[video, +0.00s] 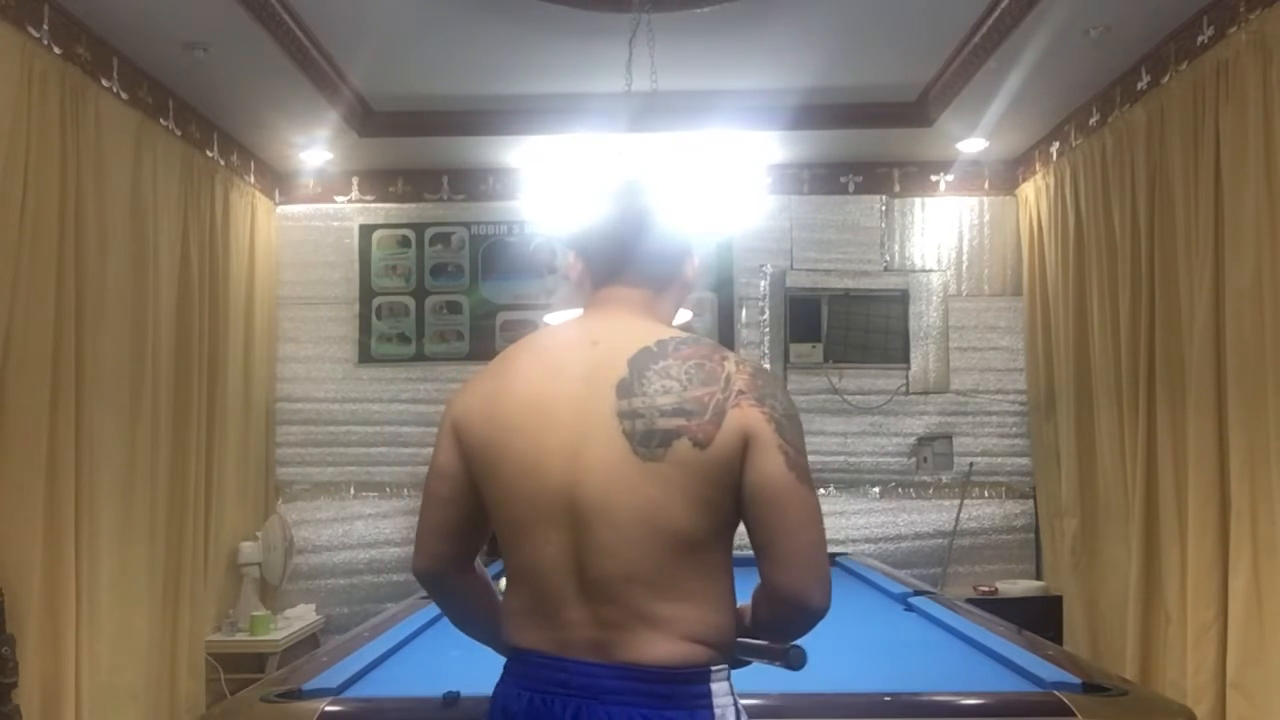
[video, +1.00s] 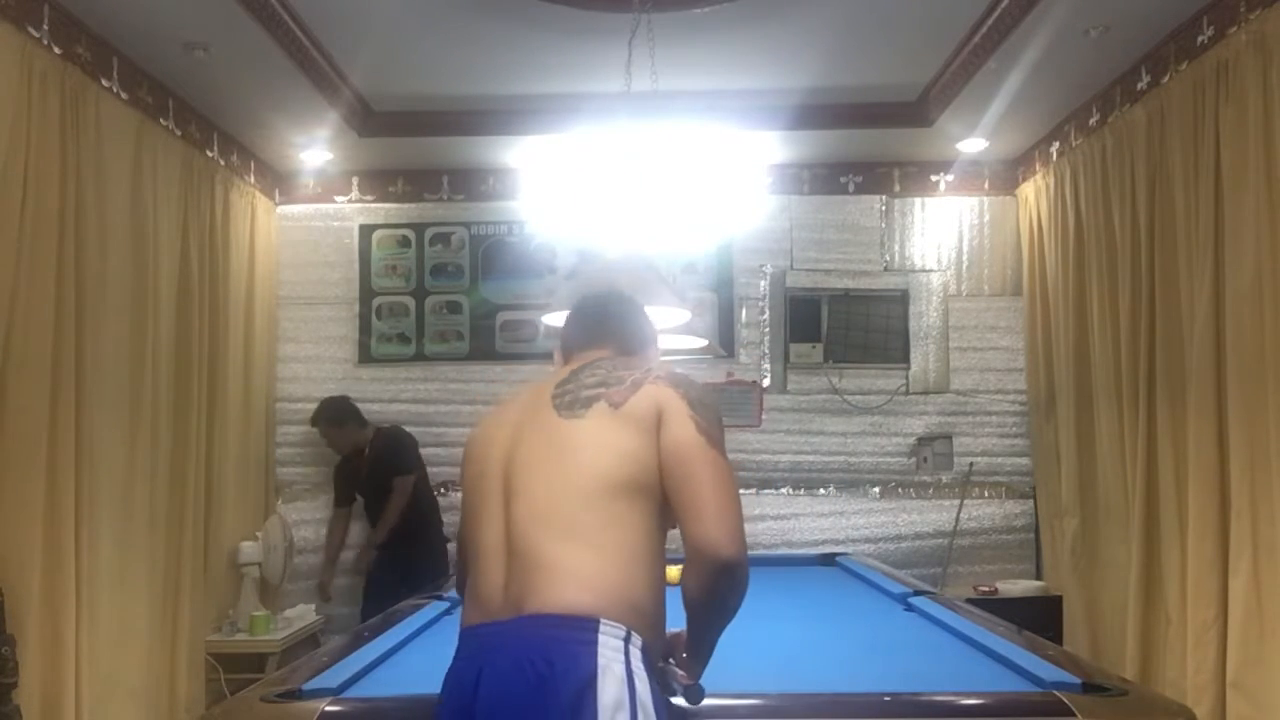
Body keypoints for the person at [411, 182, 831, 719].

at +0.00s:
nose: (694, 282)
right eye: (697, 270)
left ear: (576, 268)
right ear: (689, 272)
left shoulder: (487, 387)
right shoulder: (737, 384)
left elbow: (438, 561)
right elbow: (801, 592)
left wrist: (515, 632)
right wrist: (743, 625)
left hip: (529, 698)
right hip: (680, 701)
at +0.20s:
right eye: (687, 270)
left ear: (568, 272)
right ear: (679, 278)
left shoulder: (483, 389)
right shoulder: (722, 383)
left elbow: (435, 564)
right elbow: (786, 582)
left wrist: (518, 640)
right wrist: (734, 630)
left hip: (519, 696)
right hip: (666, 699)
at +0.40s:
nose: (677, 295)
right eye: (677, 282)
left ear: (565, 287)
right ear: (669, 289)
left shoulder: (487, 390)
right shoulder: (698, 377)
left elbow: (435, 565)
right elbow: (768, 570)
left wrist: (510, 636)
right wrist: (714, 597)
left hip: (505, 694)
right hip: (641, 697)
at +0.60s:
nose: (665, 335)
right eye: (665, 328)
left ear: (558, 328)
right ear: (653, 324)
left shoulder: (489, 402)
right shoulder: (674, 390)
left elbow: (445, 576)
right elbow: (758, 555)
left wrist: (511, 646)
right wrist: (716, 645)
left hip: (487, 688)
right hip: (620, 691)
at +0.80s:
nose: (664, 349)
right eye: (663, 342)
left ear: (558, 340)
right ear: (652, 340)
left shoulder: (490, 409)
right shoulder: (666, 390)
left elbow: (447, 568)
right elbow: (737, 554)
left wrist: (502, 639)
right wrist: (708, 648)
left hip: (477, 683)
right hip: (603, 685)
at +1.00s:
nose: (657, 370)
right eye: (656, 363)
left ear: (560, 356)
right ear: (650, 357)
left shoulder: (492, 420)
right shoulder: (658, 398)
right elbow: (721, 552)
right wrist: (695, 647)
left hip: (473, 671)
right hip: (591, 670)